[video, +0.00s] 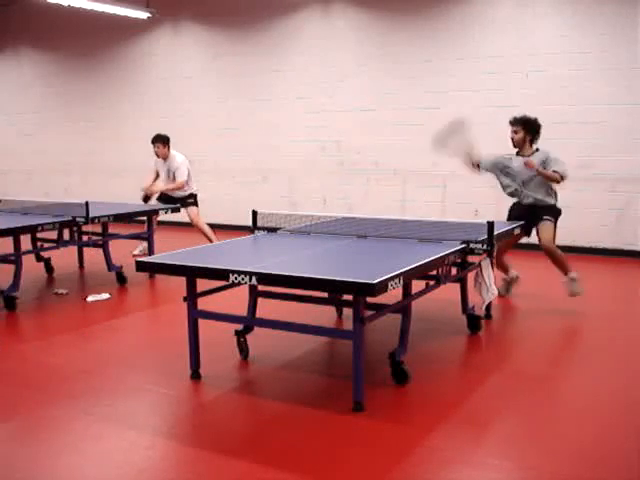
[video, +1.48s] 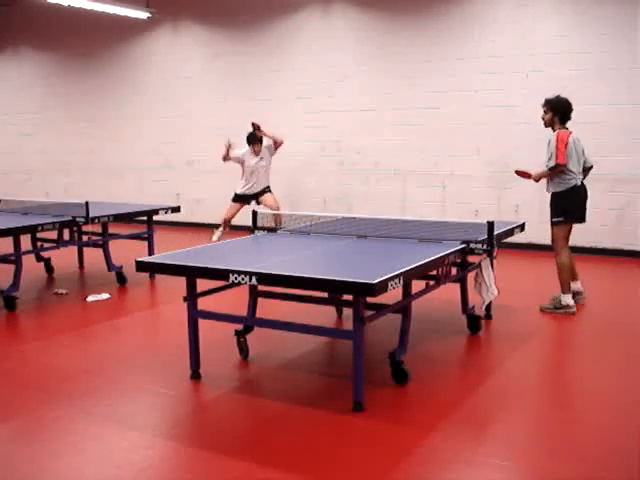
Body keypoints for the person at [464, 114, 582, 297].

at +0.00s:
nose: (511, 136)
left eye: (515, 132)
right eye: (511, 133)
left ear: (528, 136)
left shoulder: (544, 157)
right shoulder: (508, 161)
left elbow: (558, 178)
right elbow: (478, 164)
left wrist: (537, 169)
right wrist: (466, 151)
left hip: (545, 209)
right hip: (521, 209)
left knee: (547, 245)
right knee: (496, 252)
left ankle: (571, 276)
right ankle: (510, 276)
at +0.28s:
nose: (518, 159)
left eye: (523, 155)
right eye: (516, 155)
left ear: (532, 159)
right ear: (512, 156)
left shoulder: (531, 177)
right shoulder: (505, 174)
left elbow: (524, 198)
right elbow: (509, 207)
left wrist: (542, 210)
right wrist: (540, 209)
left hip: (516, 221)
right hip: (493, 222)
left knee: (540, 249)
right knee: (473, 256)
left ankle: (551, 301)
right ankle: (441, 282)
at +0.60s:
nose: (526, 119)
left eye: (530, 115)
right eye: (524, 116)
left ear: (541, 118)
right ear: (521, 119)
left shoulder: (551, 145)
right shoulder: (512, 144)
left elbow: (565, 168)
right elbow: (501, 170)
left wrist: (561, 183)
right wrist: (514, 183)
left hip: (541, 199)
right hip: (514, 197)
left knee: (542, 247)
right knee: (491, 241)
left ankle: (547, 297)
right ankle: (480, 286)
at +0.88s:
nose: (525, 120)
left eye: (529, 116)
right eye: (525, 116)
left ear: (541, 121)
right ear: (527, 121)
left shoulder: (551, 146)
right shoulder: (523, 148)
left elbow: (560, 176)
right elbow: (519, 174)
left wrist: (529, 184)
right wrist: (514, 182)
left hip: (555, 201)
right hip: (534, 201)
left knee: (550, 250)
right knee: (528, 247)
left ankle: (569, 297)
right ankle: (548, 291)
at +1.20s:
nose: (531, 116)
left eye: (535, 112)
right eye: (533, 112)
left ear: (546, 116)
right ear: (547, 116)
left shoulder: (550, 137)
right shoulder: (548, 137)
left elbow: (555, 169)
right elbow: (552, 170)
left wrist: (530, 179)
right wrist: (530, 178)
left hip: (560, 195)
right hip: (555, 195)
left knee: (552, 246)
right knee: (546, 243)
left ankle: (566, 298)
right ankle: (559, 291)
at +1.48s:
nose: (542, 116)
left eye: (545, 112)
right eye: (543, 111)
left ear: (556, 115)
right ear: (561, 116)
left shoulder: (557, 137)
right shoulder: (572, 137)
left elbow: (559, 165)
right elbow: (587, 165)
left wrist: (540, 174)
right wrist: (573, 181)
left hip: (562, 192)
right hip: (574, 190)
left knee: (559, 247)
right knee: (562, 244)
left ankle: (566, 298)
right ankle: (575, 287)